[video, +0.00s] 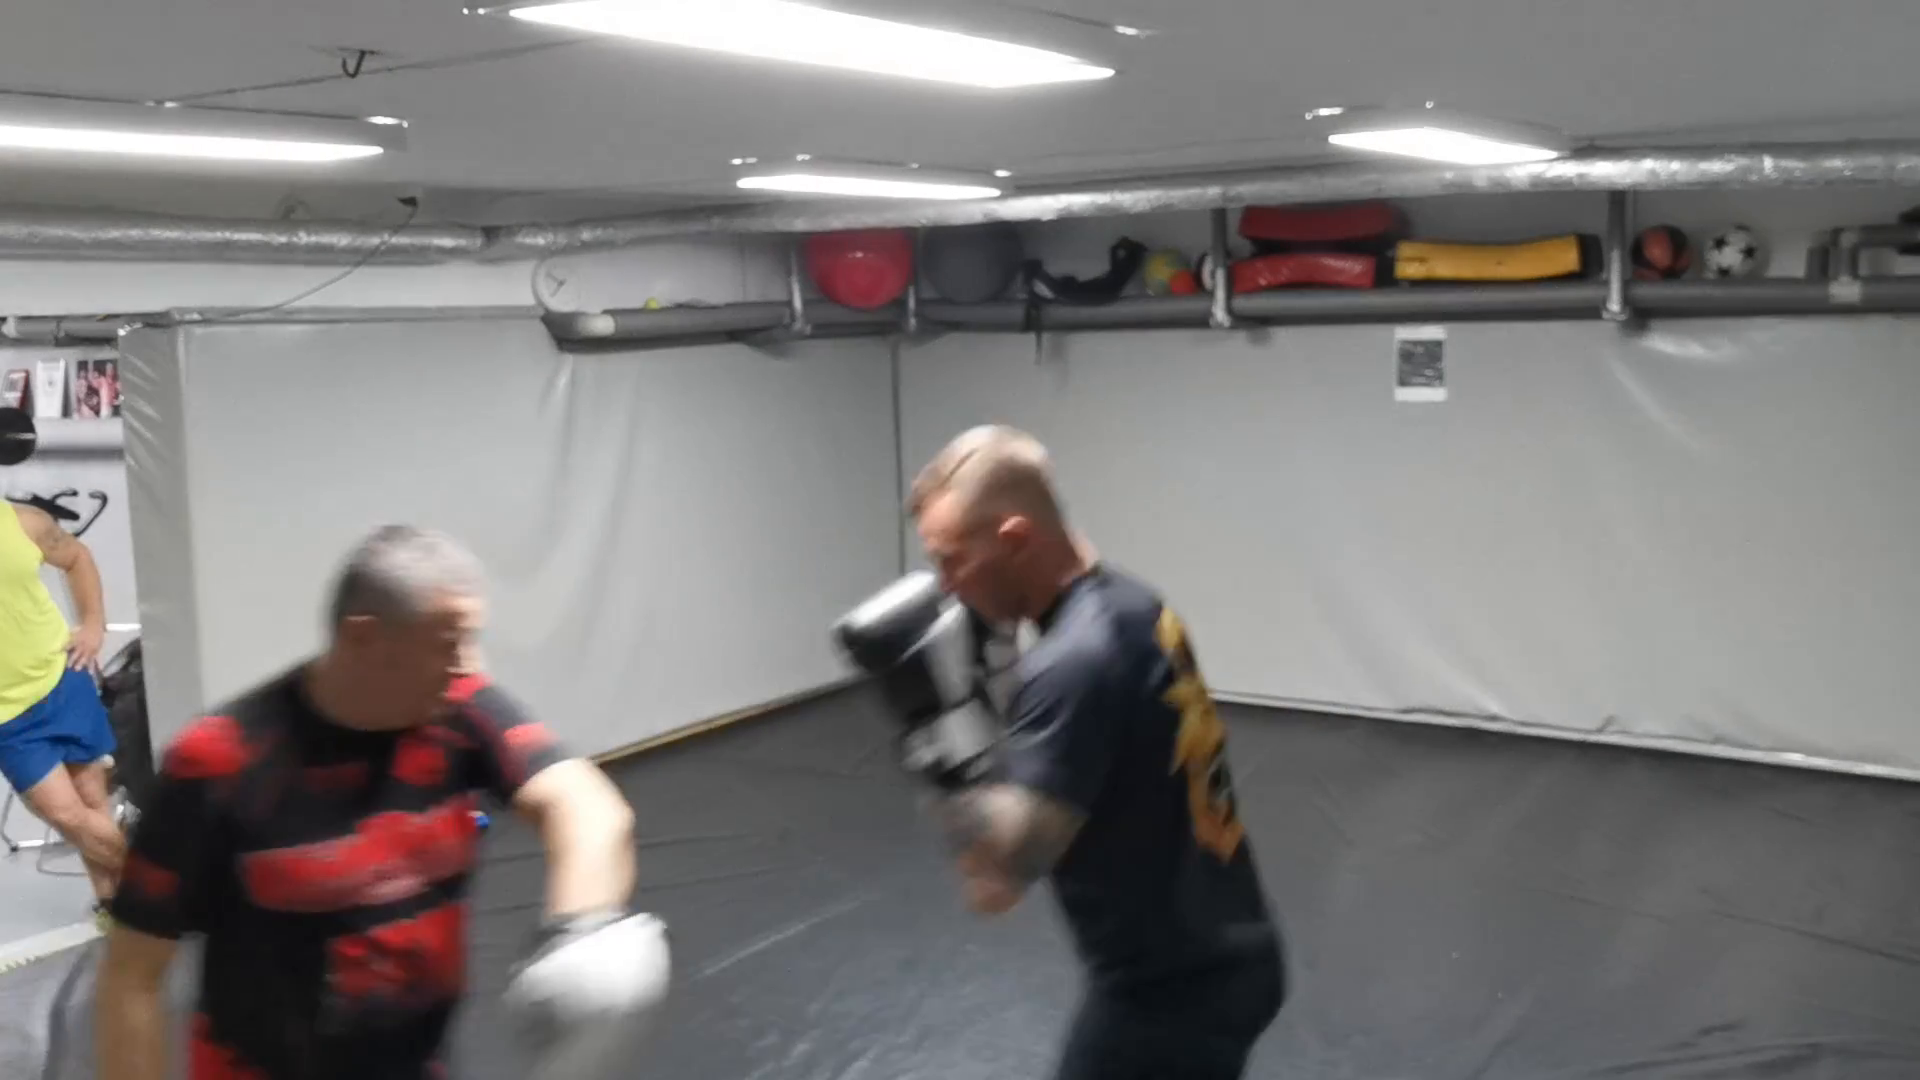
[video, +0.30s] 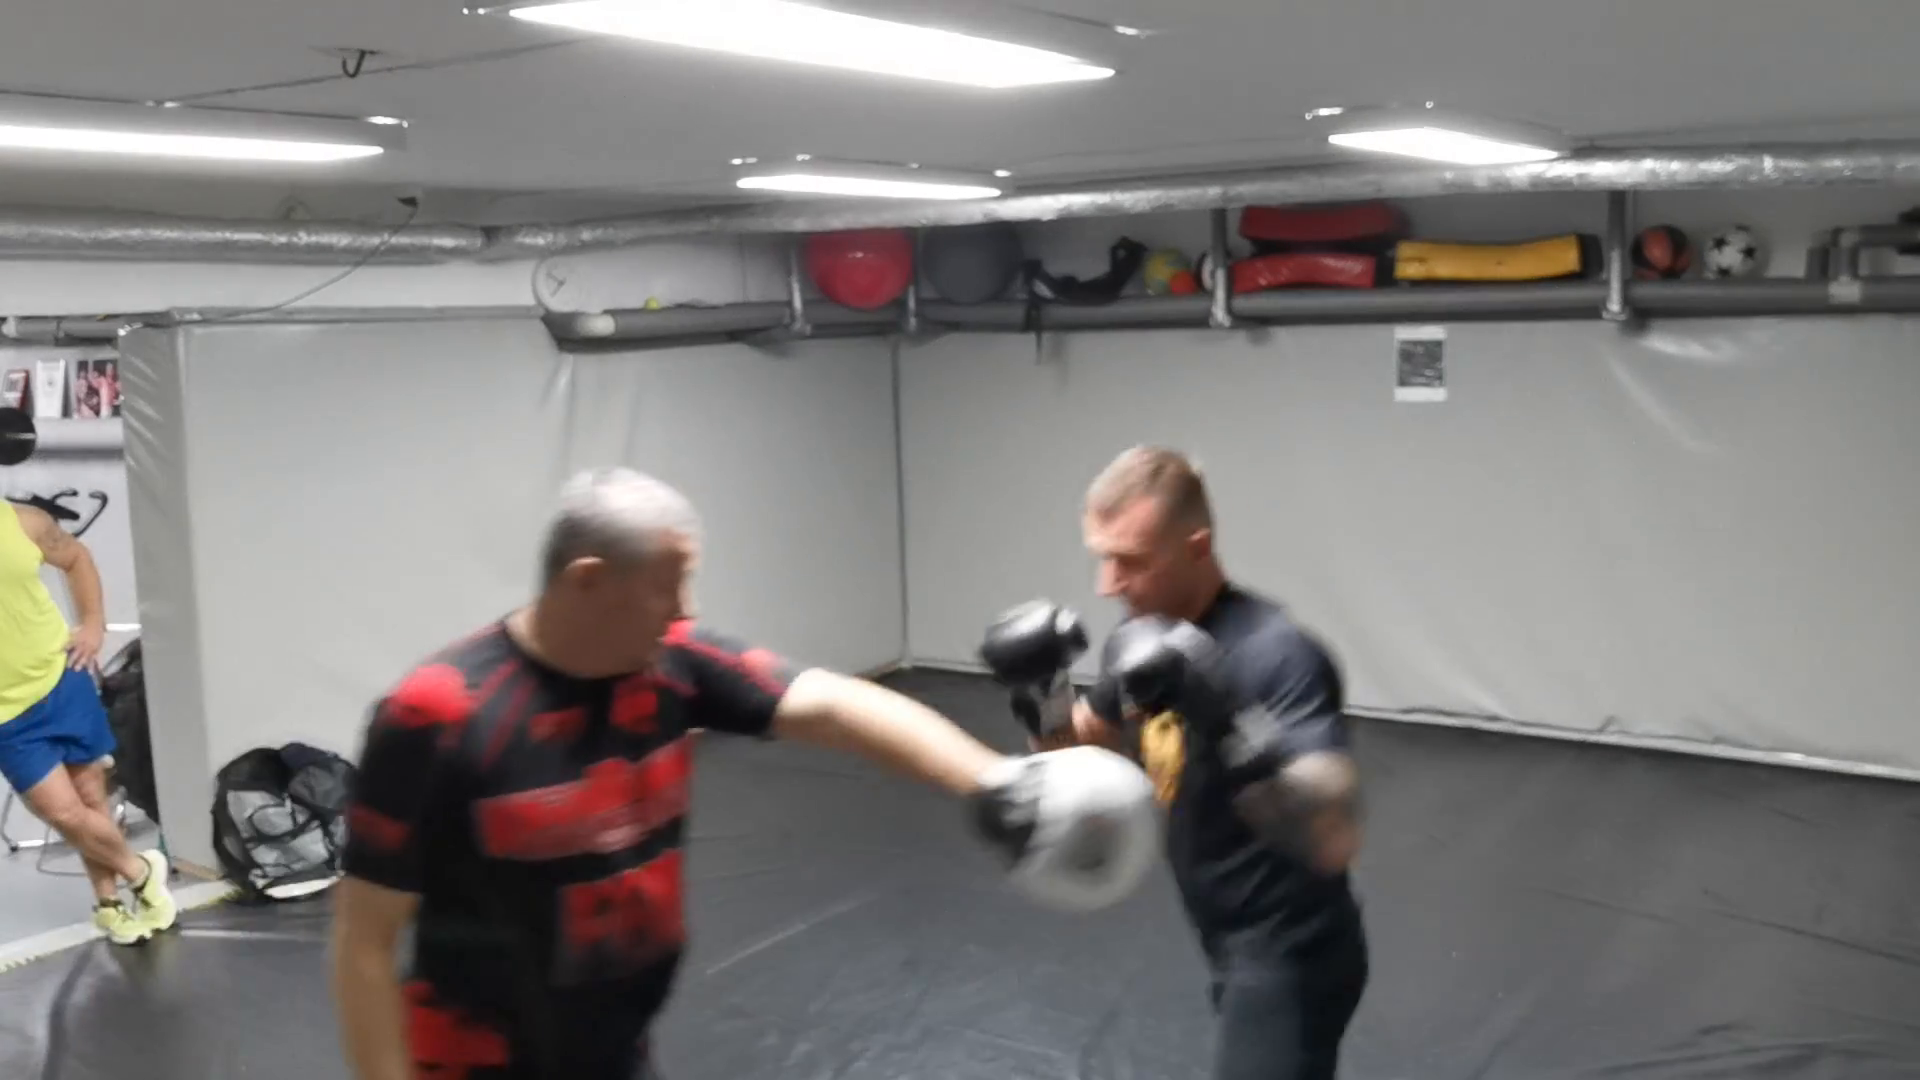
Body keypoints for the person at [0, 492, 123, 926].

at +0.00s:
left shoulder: (21, 523)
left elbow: (77, 557)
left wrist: (93, 624)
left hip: (63, 684)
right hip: (8, 718)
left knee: (92, 799)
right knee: (64, 816)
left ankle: (111, 905)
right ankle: (159, 875)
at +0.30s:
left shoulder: (21, 522)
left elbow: (76, 557)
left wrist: (93, 623)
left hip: (61, 681)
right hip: (7, 713)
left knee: (90, 797)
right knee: (64, 815)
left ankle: (107, 901)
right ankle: (142, 872)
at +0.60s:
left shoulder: (20, 522)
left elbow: (75, 557)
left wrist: (93, 621)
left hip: (61, 681)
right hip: (8, 714)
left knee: (90, 796)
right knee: (65, 817)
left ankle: (108, 901)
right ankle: (142, 872)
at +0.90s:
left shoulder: (21, 523)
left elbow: (76, 558)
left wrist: (92, 624)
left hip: (61, 682)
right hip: (7, 715)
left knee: (91, 798)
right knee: (64, 816)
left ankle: (107, 901)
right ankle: (142, 872)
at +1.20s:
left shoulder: (21, 523)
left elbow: (75, 557)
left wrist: (92, 623)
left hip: (61, 683)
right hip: (7, 715)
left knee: (91, 799)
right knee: (65, 816)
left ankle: (107, 901)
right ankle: (142, 871)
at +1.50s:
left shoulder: (21, 523)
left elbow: (76, 558)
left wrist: (92, 623)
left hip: (61, 682)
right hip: (7, 714)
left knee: (91, 798)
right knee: (65, 816)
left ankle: (107, 901)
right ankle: (142, 872)